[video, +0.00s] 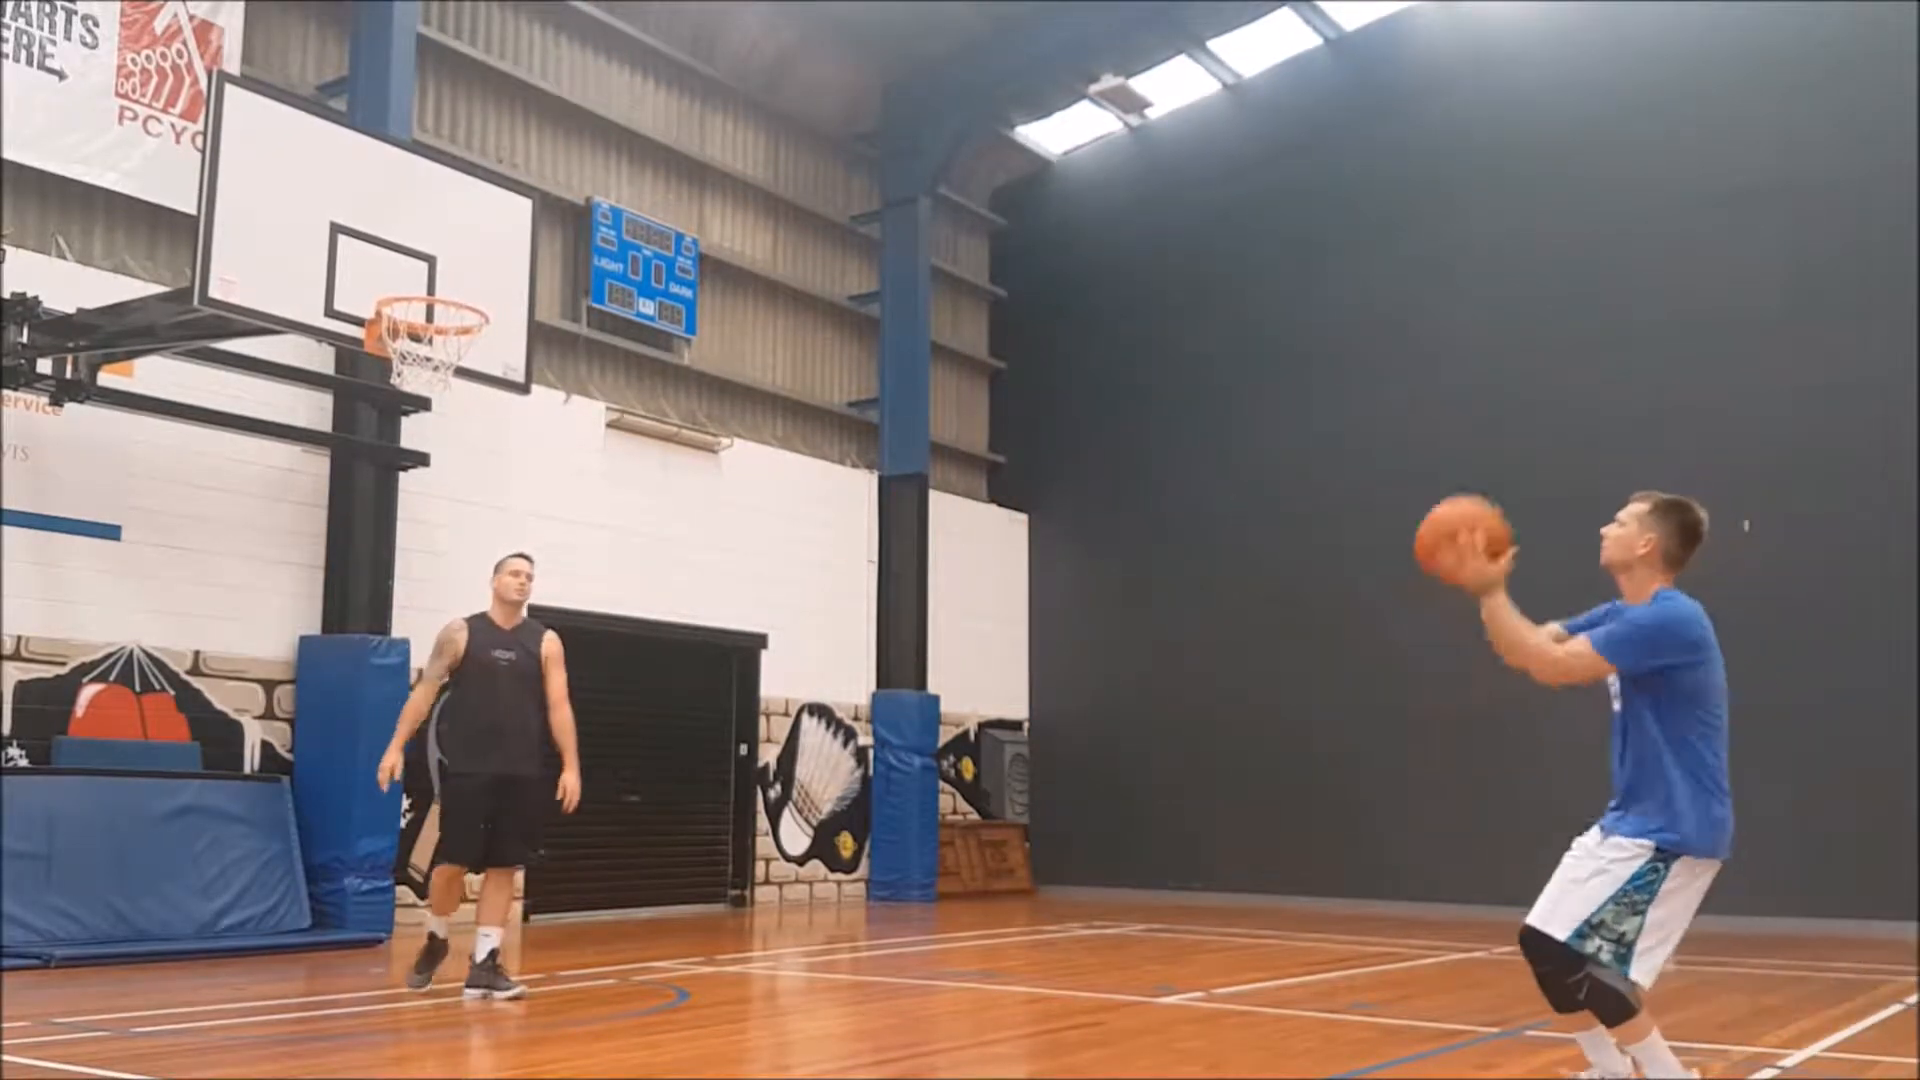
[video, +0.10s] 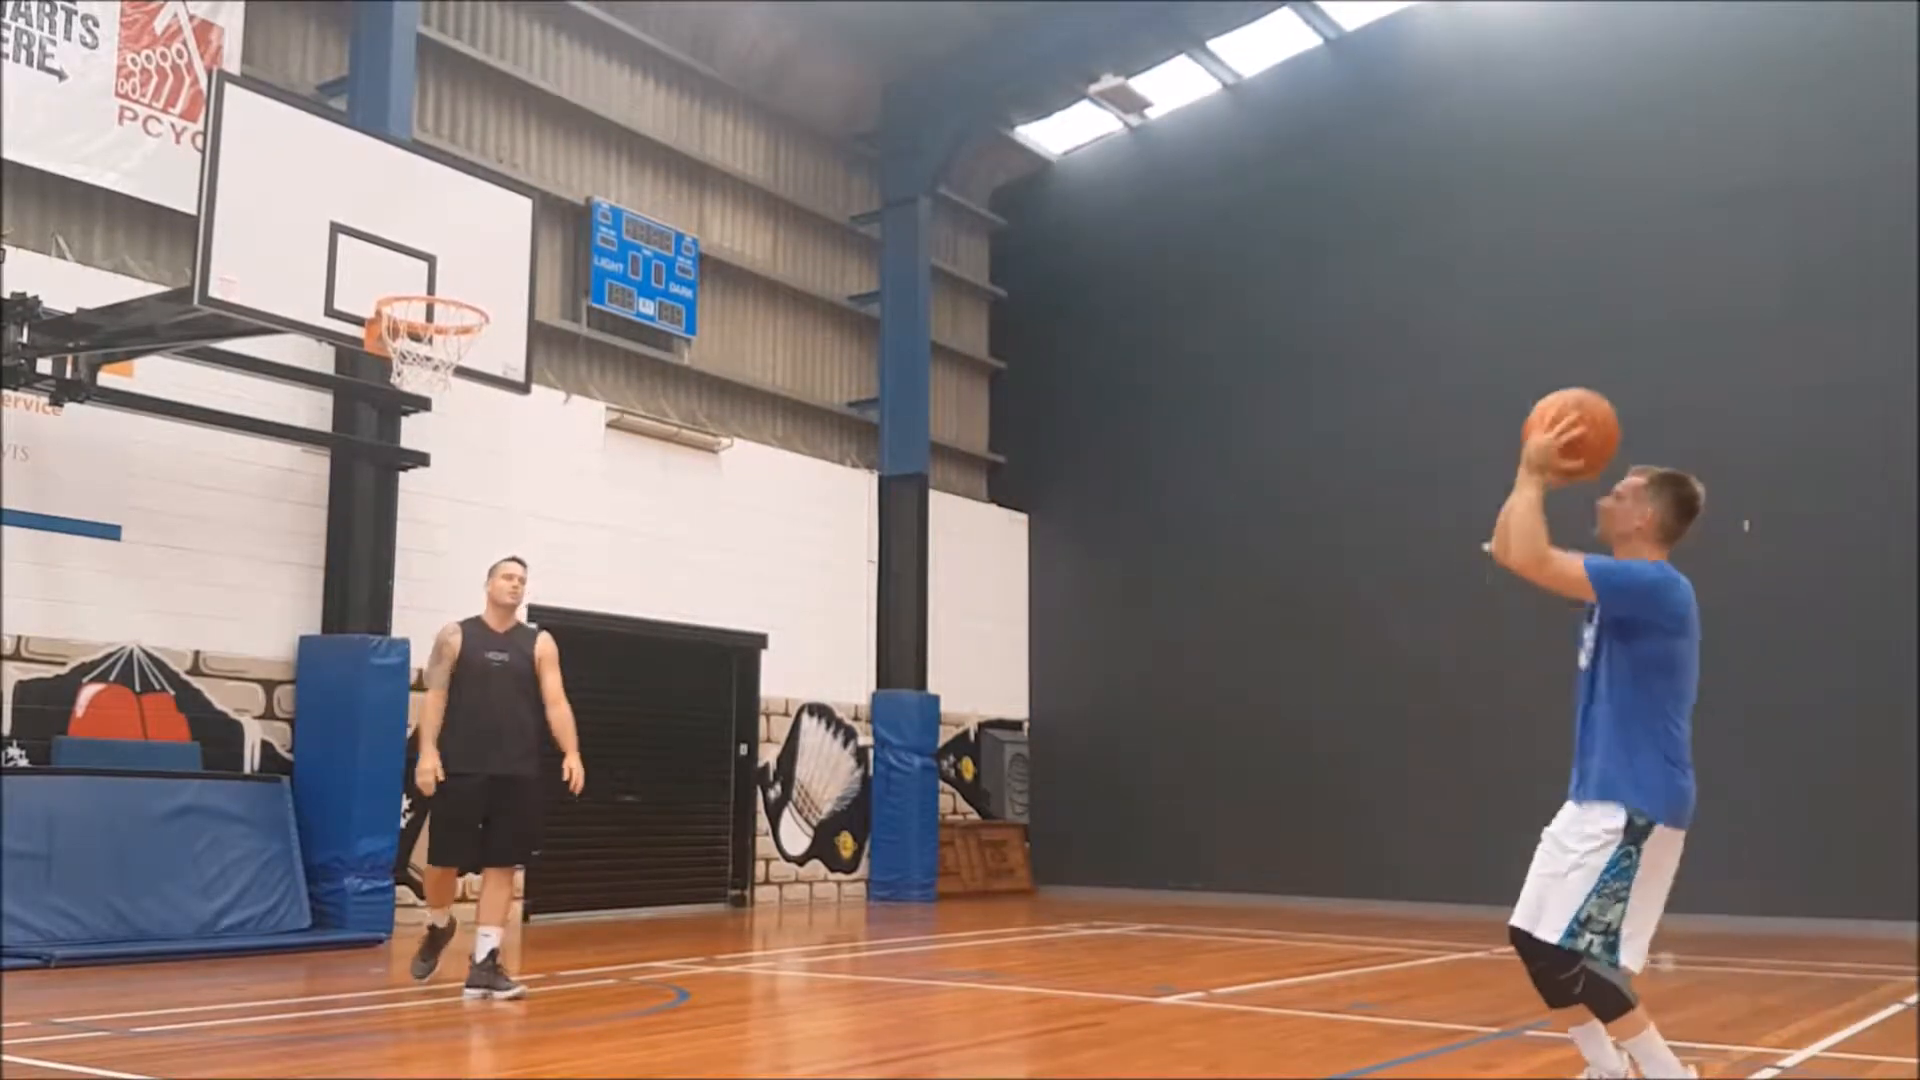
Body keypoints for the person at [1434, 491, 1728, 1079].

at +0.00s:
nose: (1603, 530)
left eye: (1616, 522)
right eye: (1611, 520)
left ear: (1646, 543)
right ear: (1644, 545)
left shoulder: (1672, 619)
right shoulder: (1623, 614)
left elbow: (1555, 665)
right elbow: (1525, 649)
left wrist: (1490, 591)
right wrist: (1486, 587)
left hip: (1677, 830)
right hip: (1630, 818)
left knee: (1584, 960)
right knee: (1544, 940)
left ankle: (1668, 1072)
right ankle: (1611, 1070)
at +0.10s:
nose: (1604, 499)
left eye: (1619, 493)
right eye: (1613, 489)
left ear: (1648, 518)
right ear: (1646, 520)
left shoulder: (1655, 586)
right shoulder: (1623, 584)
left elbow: (1525, 555)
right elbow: (1519, 555)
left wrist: (1531, 475)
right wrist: (1532, 479)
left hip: (1639, 805)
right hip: (1593, 795)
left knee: (1575, 952)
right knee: (1532, 935)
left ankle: (1667, 1071)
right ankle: (1609, 1069)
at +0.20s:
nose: (1612, 436)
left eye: (1629, 428)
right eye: (1618, 426)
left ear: (1657, 453)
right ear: (1619, 443)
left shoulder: (1652, 514)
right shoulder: (1604, 511)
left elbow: (1536, 459)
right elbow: (1518, 465)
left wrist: (1554, 376)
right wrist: (1560, 397)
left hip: (1614, 733)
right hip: (1571, 729)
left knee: (1601, 900)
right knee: (1561, 895)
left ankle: (1658, 1056)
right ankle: (1594, 1049)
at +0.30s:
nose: (1614, 381)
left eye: (1630, 377)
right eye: (1622, 372)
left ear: (1657, 400)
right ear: (1633, 400)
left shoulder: (1649, 454)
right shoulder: (1601, 455)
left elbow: (1538, 388)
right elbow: (1522, 403)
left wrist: (1527, 301)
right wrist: (1530, 312)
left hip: (1607, 675)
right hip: (1562, 670)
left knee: (1602, 849)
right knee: (1567, 845)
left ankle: (1626, 1011)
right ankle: (1575, 999)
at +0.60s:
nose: (1614, 425)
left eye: (1628, 420)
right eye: (1625, 418)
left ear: (1654, 444)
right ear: (1647, 445)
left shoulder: (1650, 502)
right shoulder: (1614, 495)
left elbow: (1535, 454)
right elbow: (1554, 416)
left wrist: (1476, 382)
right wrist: (1516, 339)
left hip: (1606, 733)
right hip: (1550, 725)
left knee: (1589, 901)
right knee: (1527, 892)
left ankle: (1638, 1064)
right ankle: (1527, 1052)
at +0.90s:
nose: (1627, 449)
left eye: (1643, 441)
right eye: (1637, 440)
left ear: (1668, 464)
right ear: (1664, 469)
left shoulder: (1671, 538)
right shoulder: (1634, 525)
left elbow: (1544, 574)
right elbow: (1567, 466)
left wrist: (1484, 511)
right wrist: (1517, 396)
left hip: (1630, 759)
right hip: (1577, 744)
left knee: (1618, 915)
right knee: (1484, 856)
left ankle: (1653, 1069)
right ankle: (1489, 1025)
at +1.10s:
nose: (1627, 449)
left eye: (1642, 443)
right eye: (1636, 440)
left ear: (1671, 468)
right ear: (1666, 468)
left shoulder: (1675, 544)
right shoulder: (1632, 523)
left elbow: (1591, 637)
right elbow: (1572, 473)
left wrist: (1489, 617)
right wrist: (1525, 410)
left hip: (1653, 765)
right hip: (1601, 752)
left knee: (1638, 918)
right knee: (1528, 880)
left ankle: (1655, 1069)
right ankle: (1446, 1020)